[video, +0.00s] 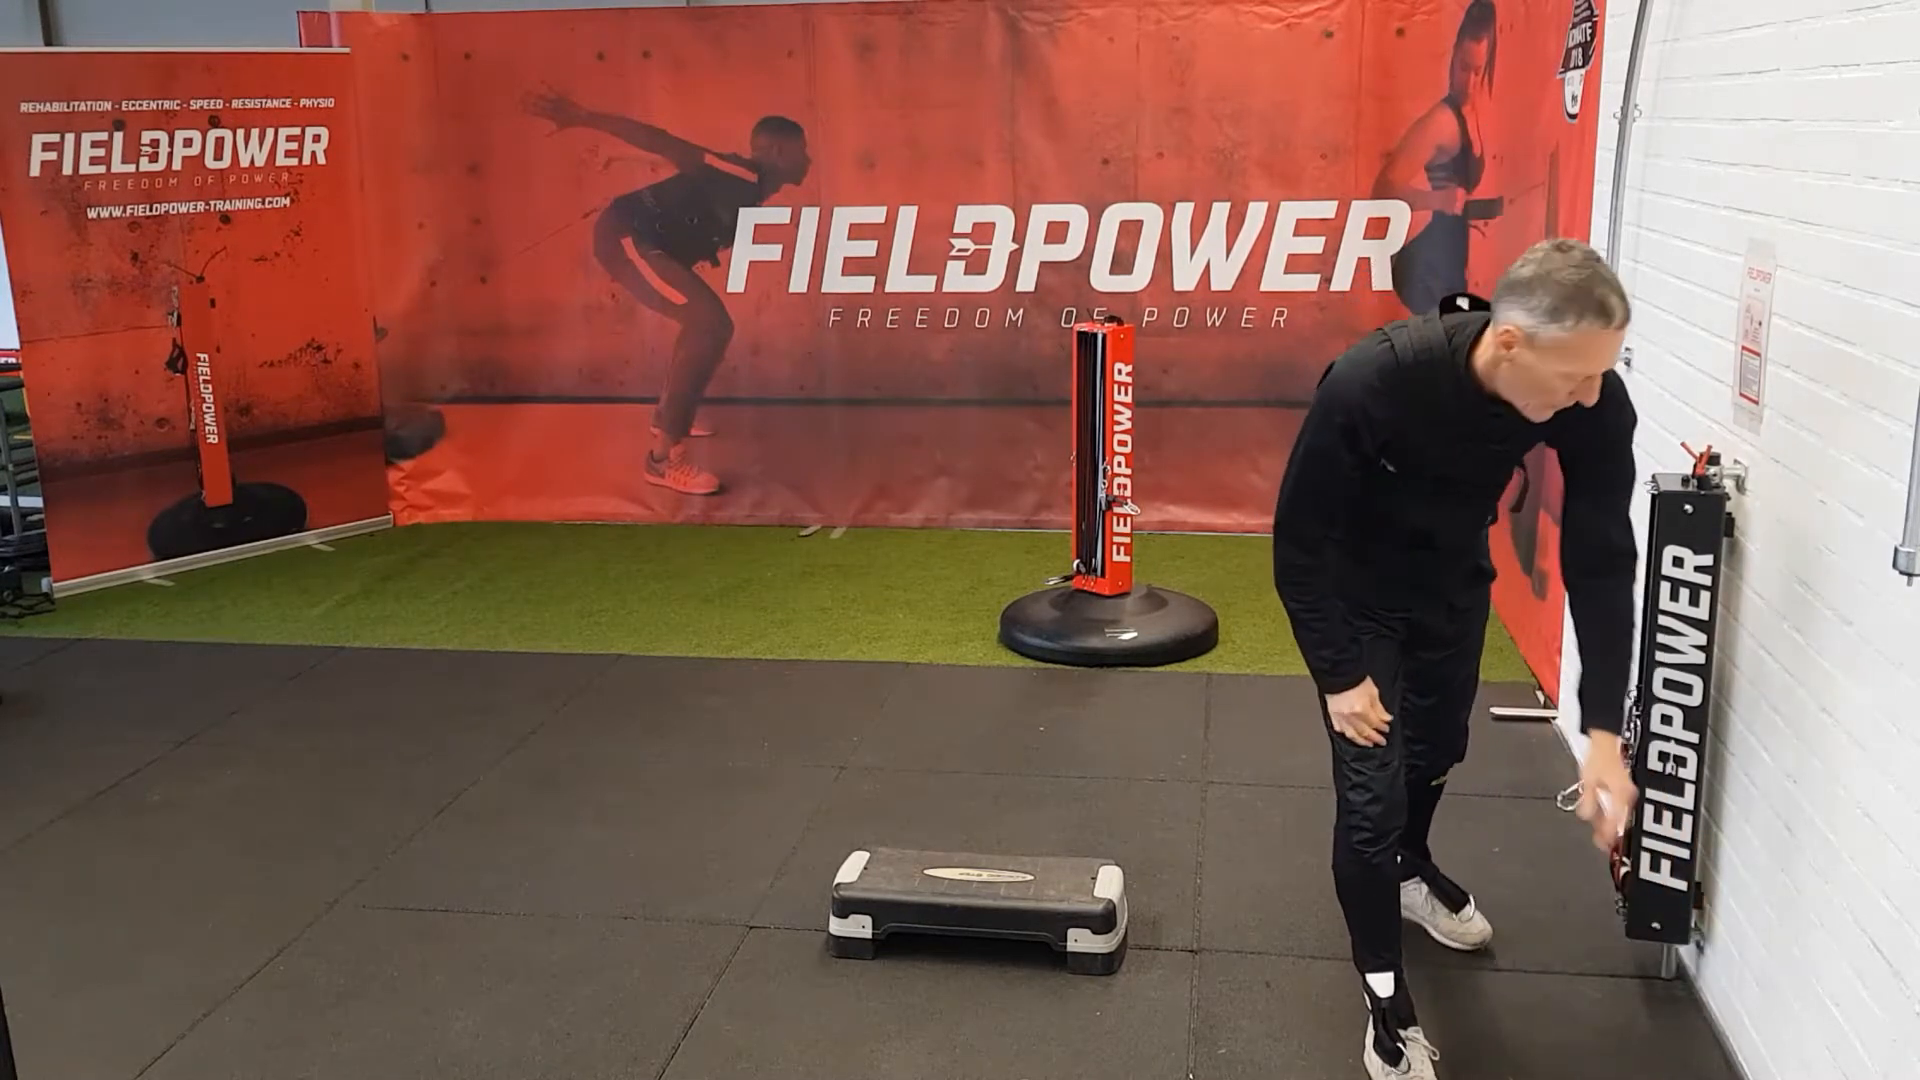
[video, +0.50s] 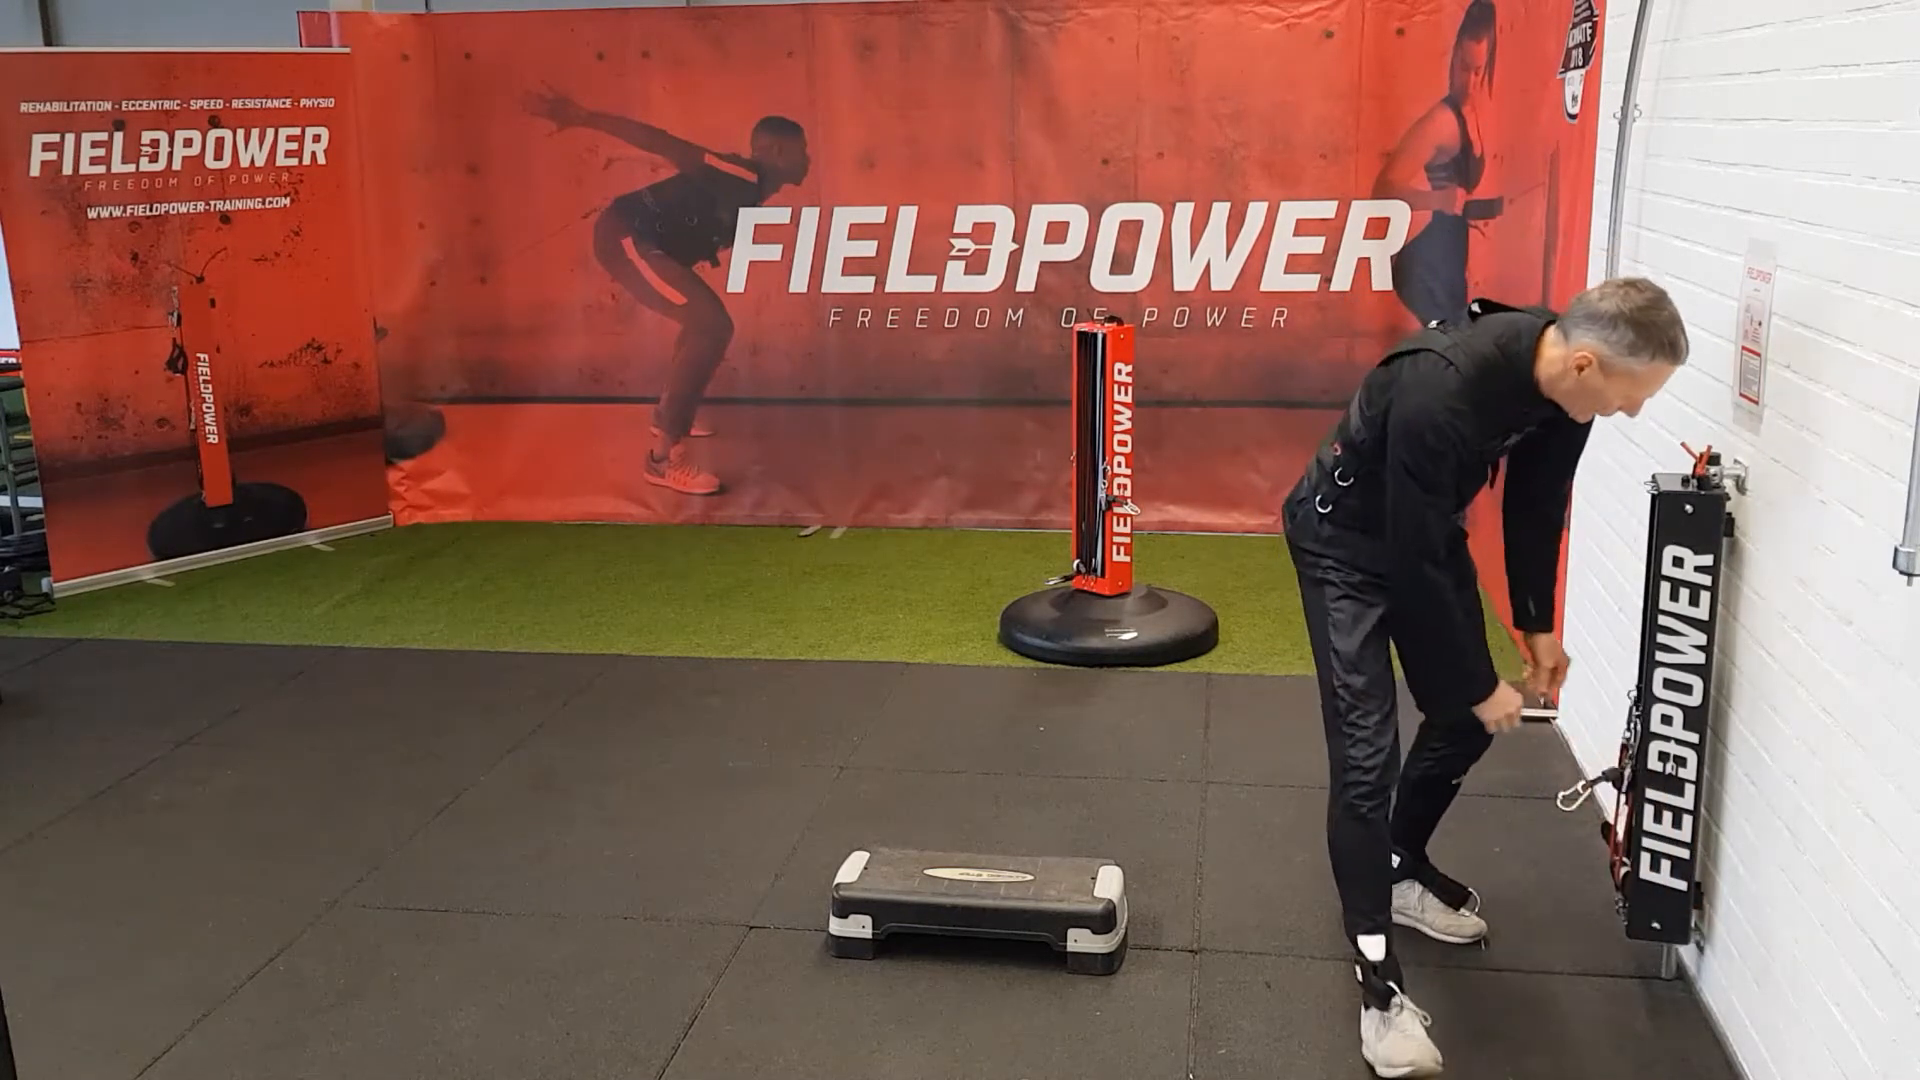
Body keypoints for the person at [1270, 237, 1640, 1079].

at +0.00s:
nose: (1585, 397)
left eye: (1596, 378)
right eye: (1571, 380)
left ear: (1603, 350)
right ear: (1506, 342)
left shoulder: (1590, 402)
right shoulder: (1373, 382)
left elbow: (1602, 562)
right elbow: (1299, 538)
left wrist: (1605, 734)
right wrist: (1338, 673)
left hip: (1453, 586)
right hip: (1354, 587)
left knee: (1433, 749)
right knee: (1374, 803)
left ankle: (1407, 869)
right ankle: (1385, 993)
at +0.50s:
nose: (1628, 413)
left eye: (1636, 401)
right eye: (1628, 398)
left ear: (1590, 357)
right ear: (1581, 363)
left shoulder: (1567, 387)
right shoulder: (1442, 402)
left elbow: (1535, 504)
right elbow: (1420, 558)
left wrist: (1538, 628)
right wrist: (1478, 685)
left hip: (1428, 539)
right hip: (1344, 538)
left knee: (1467, 713)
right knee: (1368, 763)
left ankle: (1398, 866)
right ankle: (1379, 988)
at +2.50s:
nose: (1593, 504)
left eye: (1607, 493)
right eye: (1586, 489)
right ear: (1547, 443)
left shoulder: (1569, 405)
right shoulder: (1435, 458)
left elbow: (1593, 530)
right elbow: (1424, 612)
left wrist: (1580, 657)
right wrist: (1495, 718)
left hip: (1419, 535)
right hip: (1331, 531)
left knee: (1467, 703)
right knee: (1344, 743)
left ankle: (1396, 868)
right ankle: (1360, 958)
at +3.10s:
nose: (1553, 386)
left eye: (1570, 366)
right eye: (1535, 365)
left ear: (1589, 337)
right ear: (1489, 326)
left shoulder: (1585, 380)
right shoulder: (1400, 386)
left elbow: (1551, 502)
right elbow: (1376, 550)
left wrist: (1527, 628)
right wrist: (1469, 654)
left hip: (1442, 534)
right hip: (1347, 539)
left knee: (1475, 725)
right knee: (1377, 756)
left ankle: (1402, 861)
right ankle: (1370, 975)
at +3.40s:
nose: (1527, 323)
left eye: (1544, 300)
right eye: (1506, 303)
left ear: (1565, 271)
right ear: (1458, 269)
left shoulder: (1587, 344)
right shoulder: (1377, 346)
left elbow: (1593, 505)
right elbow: (1343, 524)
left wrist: (1562, 660)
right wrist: (1422, 660)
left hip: (1489, 562)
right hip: (1378, 567)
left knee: (1515, 761)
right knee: (1383, 779)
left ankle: (1487, 968)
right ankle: (1372, 977)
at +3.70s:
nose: (1536, 306)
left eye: (1556, 282)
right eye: (1515, 284)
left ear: (1583, 251)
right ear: (1473, 248)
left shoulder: (1620, 355)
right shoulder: (1405, 311)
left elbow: (1652, 552)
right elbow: (1322, 453)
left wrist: (1659, 736)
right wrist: (1299, 612)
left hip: (1530, 583)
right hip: (1408, 569)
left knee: (1532, 812)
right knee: (1397, 777)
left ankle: (1515, 1040)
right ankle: (1374, 981)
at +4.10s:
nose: (1408, 269)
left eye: (1429, 251)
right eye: (1400, 246)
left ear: (1503, 227)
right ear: (1393, 223)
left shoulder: (1592, 322)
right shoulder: (1385, 288)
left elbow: (1676, 525)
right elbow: (1347, 419)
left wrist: (1660, 706)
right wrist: (1329, 549)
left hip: (1529, 580)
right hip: (1404, 554)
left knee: (1533, 817)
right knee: (1343, 732)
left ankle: (1515, 1036)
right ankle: (1326, 900)